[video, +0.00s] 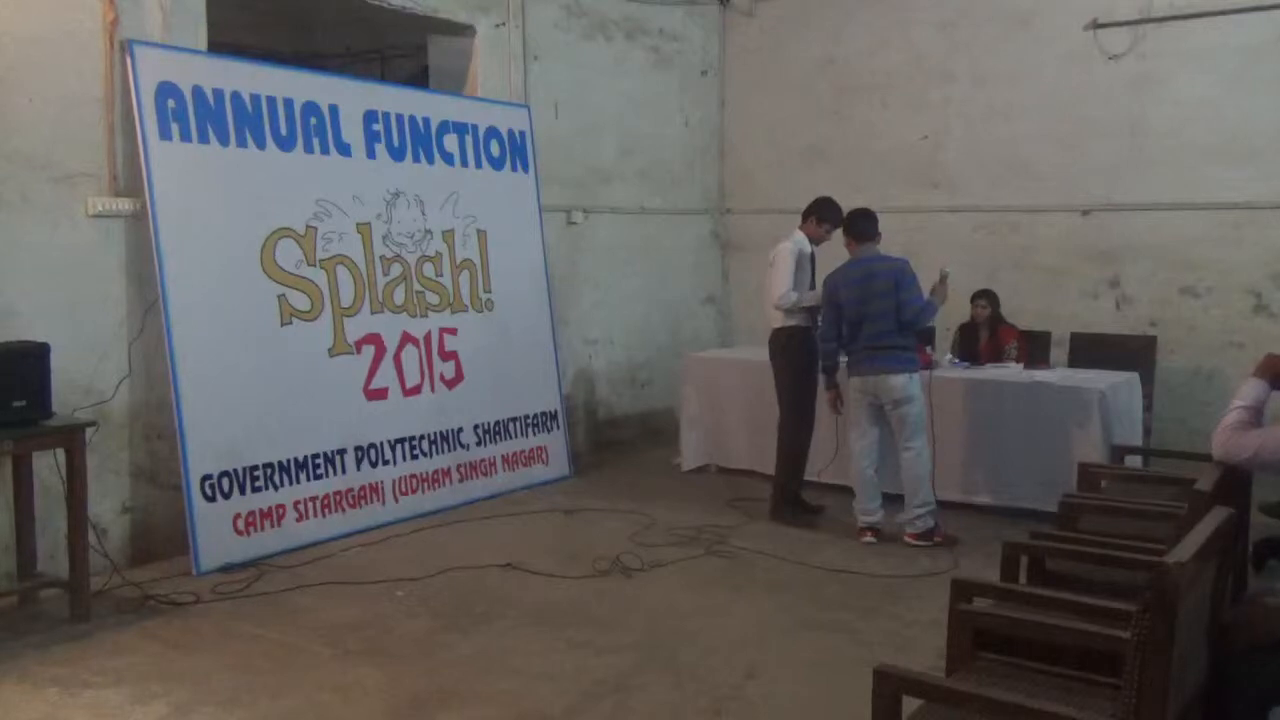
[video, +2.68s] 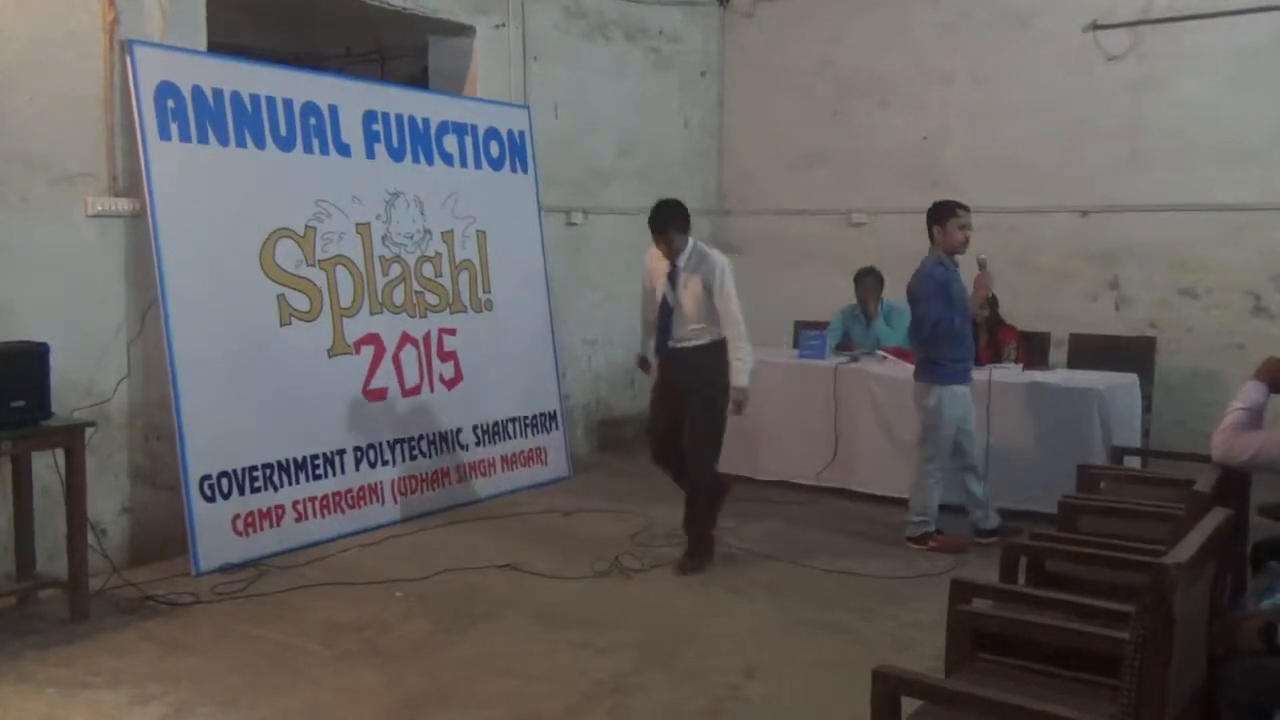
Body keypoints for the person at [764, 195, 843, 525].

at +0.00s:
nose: (828, 237)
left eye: (831, 232)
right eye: (827, 230)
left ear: (814, 223)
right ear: (812, 221)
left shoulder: (805, 251)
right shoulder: (789, 250)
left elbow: (797, 298)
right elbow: (781, 298)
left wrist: (824, 298)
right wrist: (821, 296)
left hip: (803, 336)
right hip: (789, 338)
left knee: (802, 420)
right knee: (794, 420)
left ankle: (793, 493)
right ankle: (783, 500)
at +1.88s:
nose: (784, 226)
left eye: (787, 219)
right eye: (776, 222)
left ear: (795, 217)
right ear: (766, 224)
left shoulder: (807, 251)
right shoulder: (757, 257)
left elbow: (814, 291)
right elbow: (742, 306)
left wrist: (813, 317)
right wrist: (786, 323)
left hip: (797, 345)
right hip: (766, 346)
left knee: (795, 423)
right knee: (768, 425)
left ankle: (791, 495)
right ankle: (762, 503)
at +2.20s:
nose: (732, 249)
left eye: (736, 241)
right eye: (725, 244)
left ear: (749, 229)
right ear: (718, 239)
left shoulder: (780, 254)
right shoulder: (714, 259)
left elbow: (797, 298)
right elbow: (703, 307)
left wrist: (784, 335)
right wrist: (729, 336)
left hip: (772, 353)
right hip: (734, 355)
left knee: (773, 430)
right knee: (740, 435)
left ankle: (781, 494)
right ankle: (755, 507)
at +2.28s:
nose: (726, 253)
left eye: (729, 245)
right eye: (718, 249)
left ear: (740, 233)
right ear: (708, 246)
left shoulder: (771, 257)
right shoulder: (703, 265)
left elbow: (793, 299)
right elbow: (695, 311)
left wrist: (778, 337)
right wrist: (717, 338)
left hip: (763, 349)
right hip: (727, 351)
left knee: (751, 425)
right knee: (734, 430)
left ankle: (758, 505)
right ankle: (752, 501)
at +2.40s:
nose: (702, 263)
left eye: (705, 256)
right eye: (696, 258)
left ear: (719, 245)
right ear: (690, 253)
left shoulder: (754, 265)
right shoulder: (692, 274)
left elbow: (783, 312)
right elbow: (687, 314)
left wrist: (770, 355)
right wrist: (691, 350)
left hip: (750, 353)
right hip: (713, 355)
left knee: (732, 436)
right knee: (734, 434)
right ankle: (757, 505)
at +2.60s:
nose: (674, 256)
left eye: (678, 248)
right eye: (668, 250)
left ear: (695, 241)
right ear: (665, 246)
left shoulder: (725, 271)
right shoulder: (668, 270)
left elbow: (745, 329)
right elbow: (665, 321)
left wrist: (762, 385)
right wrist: (657, 364)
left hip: (717, 363)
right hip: (683, 365)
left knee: (700, 457)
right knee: (687, 455)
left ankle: (699, 545)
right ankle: (735, 491)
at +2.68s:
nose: (664, 248)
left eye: (670, 240)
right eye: (659, 240)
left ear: (686, 232)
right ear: (654, 236)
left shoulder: (713, 264)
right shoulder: (654, 258)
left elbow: (734, 324)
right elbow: (649, 307)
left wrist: (739, 381)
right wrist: (645, 349)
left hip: (707, 358)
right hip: (670, 360)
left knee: (699, 453)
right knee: (661, 446)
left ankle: (699, 545)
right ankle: (709, 487)